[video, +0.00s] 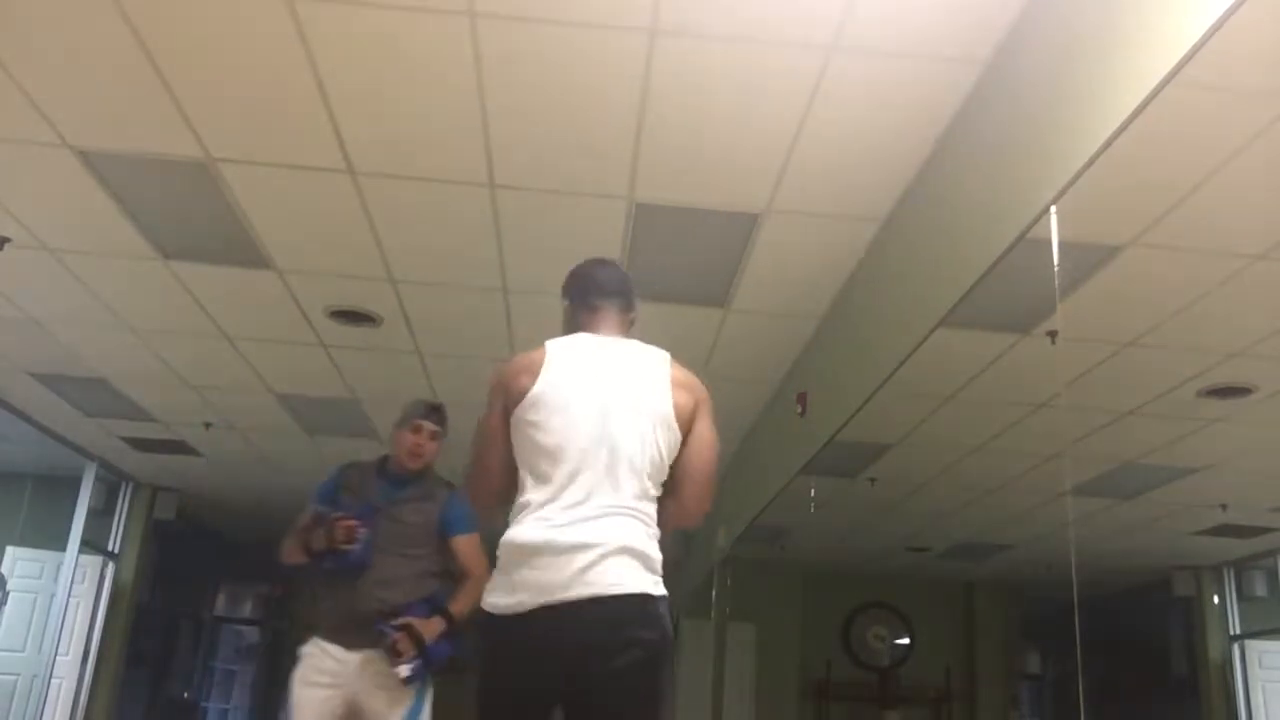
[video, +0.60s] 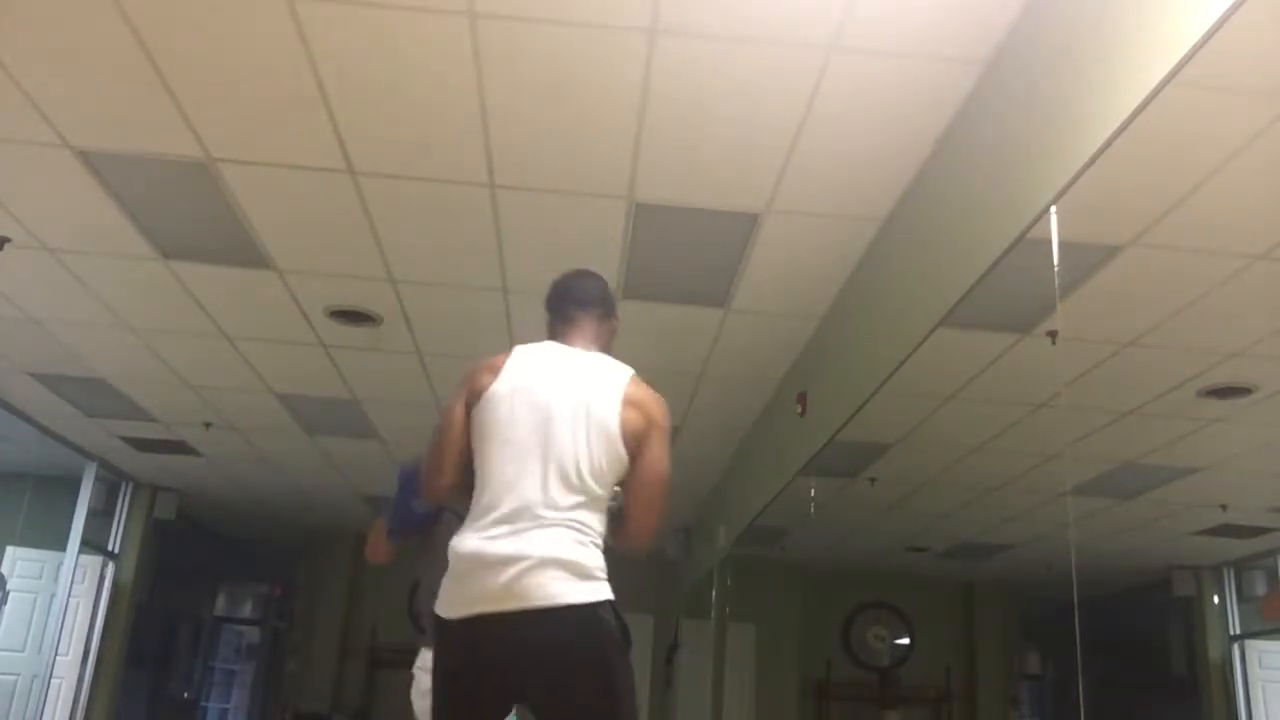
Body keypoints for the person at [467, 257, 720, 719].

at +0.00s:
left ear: (567, 309)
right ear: (632, 314)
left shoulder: (520, 371)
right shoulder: (685, 384)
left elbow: (487, 493)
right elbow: (690, 509)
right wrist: (626, 499)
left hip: (522, 610)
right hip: (627, 608)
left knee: (510, 711)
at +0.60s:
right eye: (608, 321)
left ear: (550, 320)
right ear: (612, 322)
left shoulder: (488, 373)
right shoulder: (643, 400)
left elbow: (438, 483)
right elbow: (640, 533)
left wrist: (505, 490)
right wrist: (582, 511)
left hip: (469, 619)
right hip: (572, 617)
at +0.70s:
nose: (586, 321)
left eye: (584, 311)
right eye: (586, 311)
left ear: (520, 316)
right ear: (580, 312)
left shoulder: (468, 373)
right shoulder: (617, 381)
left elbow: (434, 483)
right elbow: (614, 511)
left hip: (456, 610)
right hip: (558, 607)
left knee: (446, 712)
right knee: (582, 712)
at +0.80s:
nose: (550, 337)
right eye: (550, 326)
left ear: (487, 329)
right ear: (545, 325)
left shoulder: (439, 389)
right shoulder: (575, 382)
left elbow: (412, 507)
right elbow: (593, 502)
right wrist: (536, 515)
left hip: (431, 621)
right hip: (527, 612)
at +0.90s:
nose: (526, 347)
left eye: (523, 338)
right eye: (526, 337)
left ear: (460, 336)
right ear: (518, 335)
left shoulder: (408, 397)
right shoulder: (526, 382)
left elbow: (394, 505)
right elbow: (555, 502)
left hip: (395, 616)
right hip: (483, 607)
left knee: (402, 712)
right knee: (523, 710)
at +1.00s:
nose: (507, 344)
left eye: (506, 333)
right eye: (506, 331)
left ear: (441, 328)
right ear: (495, 326)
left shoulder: (385, 387)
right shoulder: (497, 367)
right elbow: (532, 489)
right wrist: (541, 430)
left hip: (360, 591)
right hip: (440, 583)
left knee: (374, 711)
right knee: (490, 709)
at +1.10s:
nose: (484, 338)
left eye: (484, 327)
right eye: (484, 325)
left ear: (420, 320)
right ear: (473, 317)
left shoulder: (365, 379)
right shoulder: (476, 364)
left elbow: (408, 491)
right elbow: (516, 477)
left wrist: (512, 488)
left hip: (333, 586)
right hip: (411, 583)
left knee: (354, 711)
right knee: (440, 710)